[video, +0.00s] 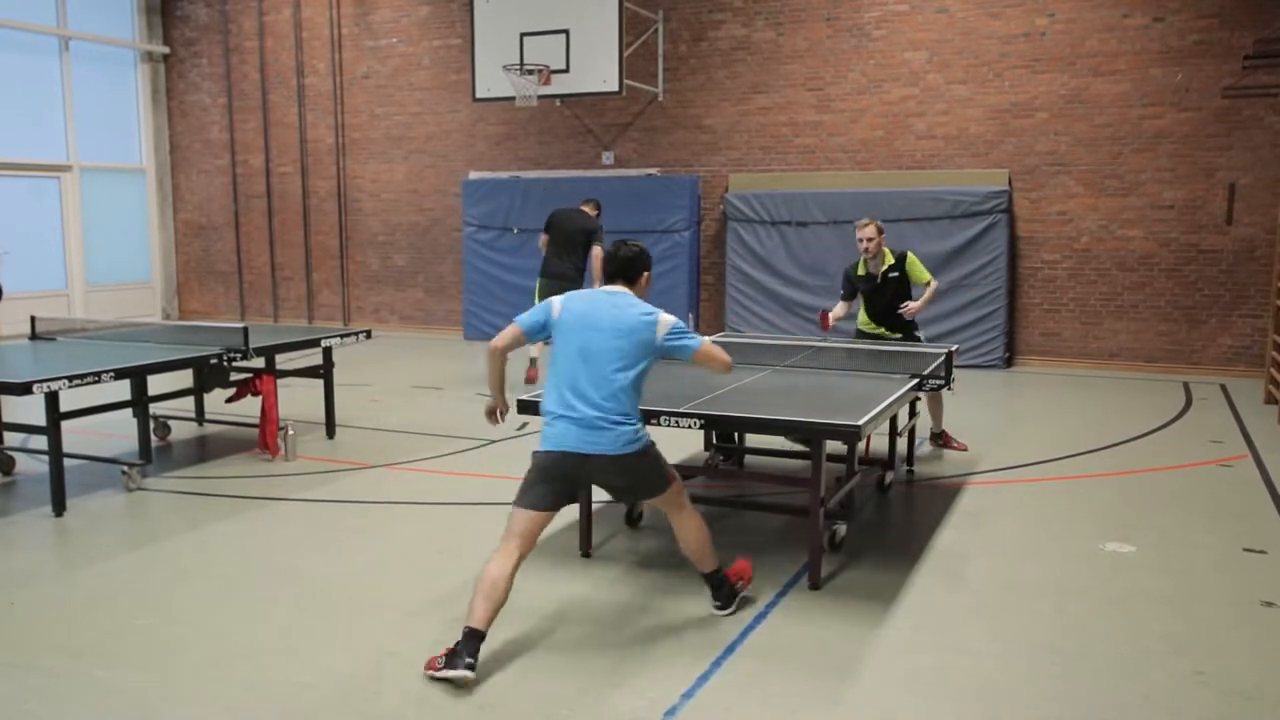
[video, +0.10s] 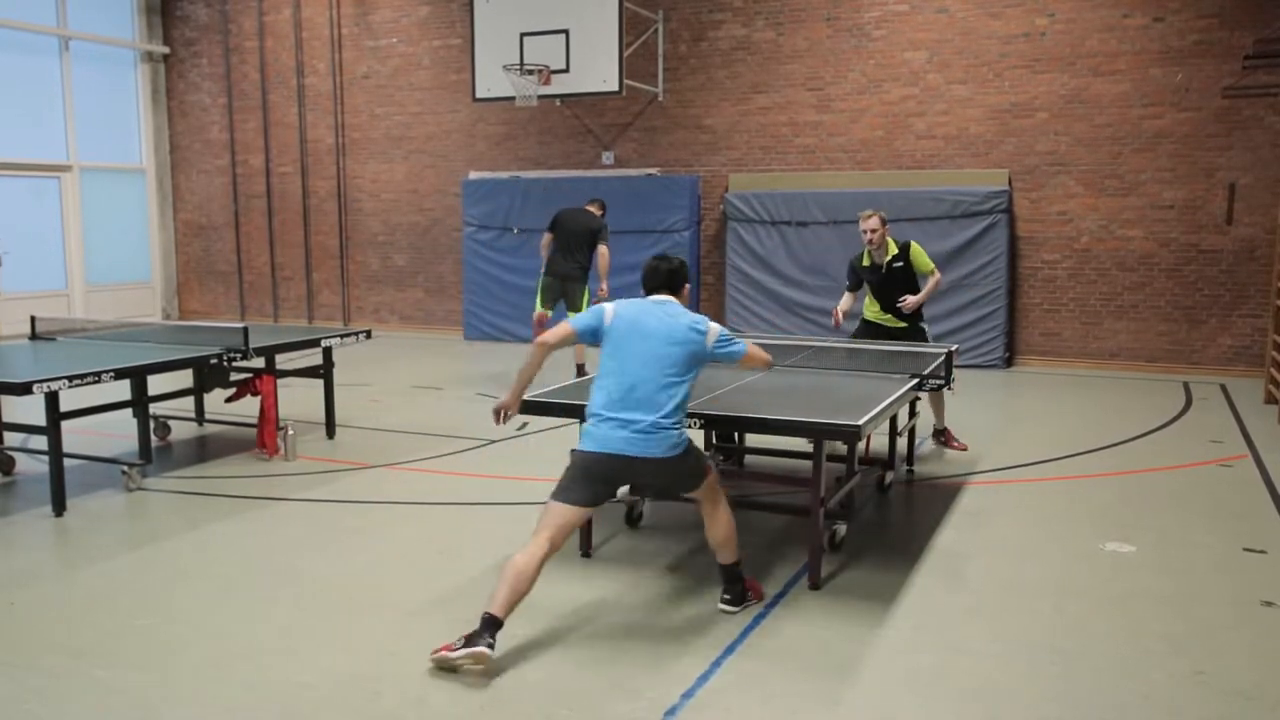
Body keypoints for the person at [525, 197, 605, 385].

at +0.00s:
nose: (596, 219)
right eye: (597, 217)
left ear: (581, 206)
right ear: (595, 212)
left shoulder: (557, 214)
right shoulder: (594, 225)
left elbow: (543, 241)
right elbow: (596, 254)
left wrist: (551, 257)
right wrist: (597, 282)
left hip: (547, 276)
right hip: (573, 281)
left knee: (538, 321)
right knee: (568, 324)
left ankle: (533, 361)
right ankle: (565, 366)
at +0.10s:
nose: (601, 219)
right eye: (602, 217)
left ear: (586, 205)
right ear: (600, 212)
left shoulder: (563, 214)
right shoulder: (599, 224)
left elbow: (545, 241)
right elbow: (602, 251)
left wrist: (546, 264)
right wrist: (603, 281)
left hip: (551, 273)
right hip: (577, 278)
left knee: (542, 314)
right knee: (579, 324)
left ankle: (534, 363)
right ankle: (580, 369)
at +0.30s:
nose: (605, 218)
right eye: (607, 215)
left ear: (590, 206)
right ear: (605, 211)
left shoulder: (568, 214)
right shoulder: (605, 222)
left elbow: (550, 238)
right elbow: (610, 249)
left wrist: (536, 263)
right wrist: (614, 278)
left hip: (558, 273)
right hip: (583, 278)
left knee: (542, 311)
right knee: (582, 326)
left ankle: (549, 314)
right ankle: (580, 369)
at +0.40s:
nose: (606, 216)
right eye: (607, 214)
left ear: (590, 205)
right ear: (605, 211)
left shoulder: (570, 214)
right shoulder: (607, 221)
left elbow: (552, 238)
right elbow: (614, 247)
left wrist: (537, 261)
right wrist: (619, 276)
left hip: (561, 274)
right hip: (586, 278)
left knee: (546, 316)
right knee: (583, 325)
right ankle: (581, 370)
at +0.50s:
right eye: (605, 213)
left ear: (590, 206)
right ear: (604, 211)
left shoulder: (570, 214)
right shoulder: (607, 222)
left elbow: (554, 238)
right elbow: (617, 247)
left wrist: (541, 262)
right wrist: (622, 276)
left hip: (563, 275)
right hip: (587, 280)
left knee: (548, 319)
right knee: (584, 324)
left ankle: (535, 358)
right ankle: (581, 370)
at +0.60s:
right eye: (600, 211)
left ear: (586, 208)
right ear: (602, 212)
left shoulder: (570, 215)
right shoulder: (606, 222)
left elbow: (555, 238)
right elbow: (616, 247)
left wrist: (543, 264)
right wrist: (624, 274)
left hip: (563, 275)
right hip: (588, 278)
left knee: (556, 317)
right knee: (584, 324)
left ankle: (546, 359)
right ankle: (581, 370)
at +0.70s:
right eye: (598, 213)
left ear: (585, 210)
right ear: (599, 213)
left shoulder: (567, 218)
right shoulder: (605, 223)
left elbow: (552, 242)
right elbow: (616, 247)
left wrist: (544, 266)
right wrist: (622, 272)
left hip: (563, 274)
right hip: (587, 277)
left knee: (563, 319)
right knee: (584, 323)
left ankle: (562, 362)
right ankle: (581, 369)